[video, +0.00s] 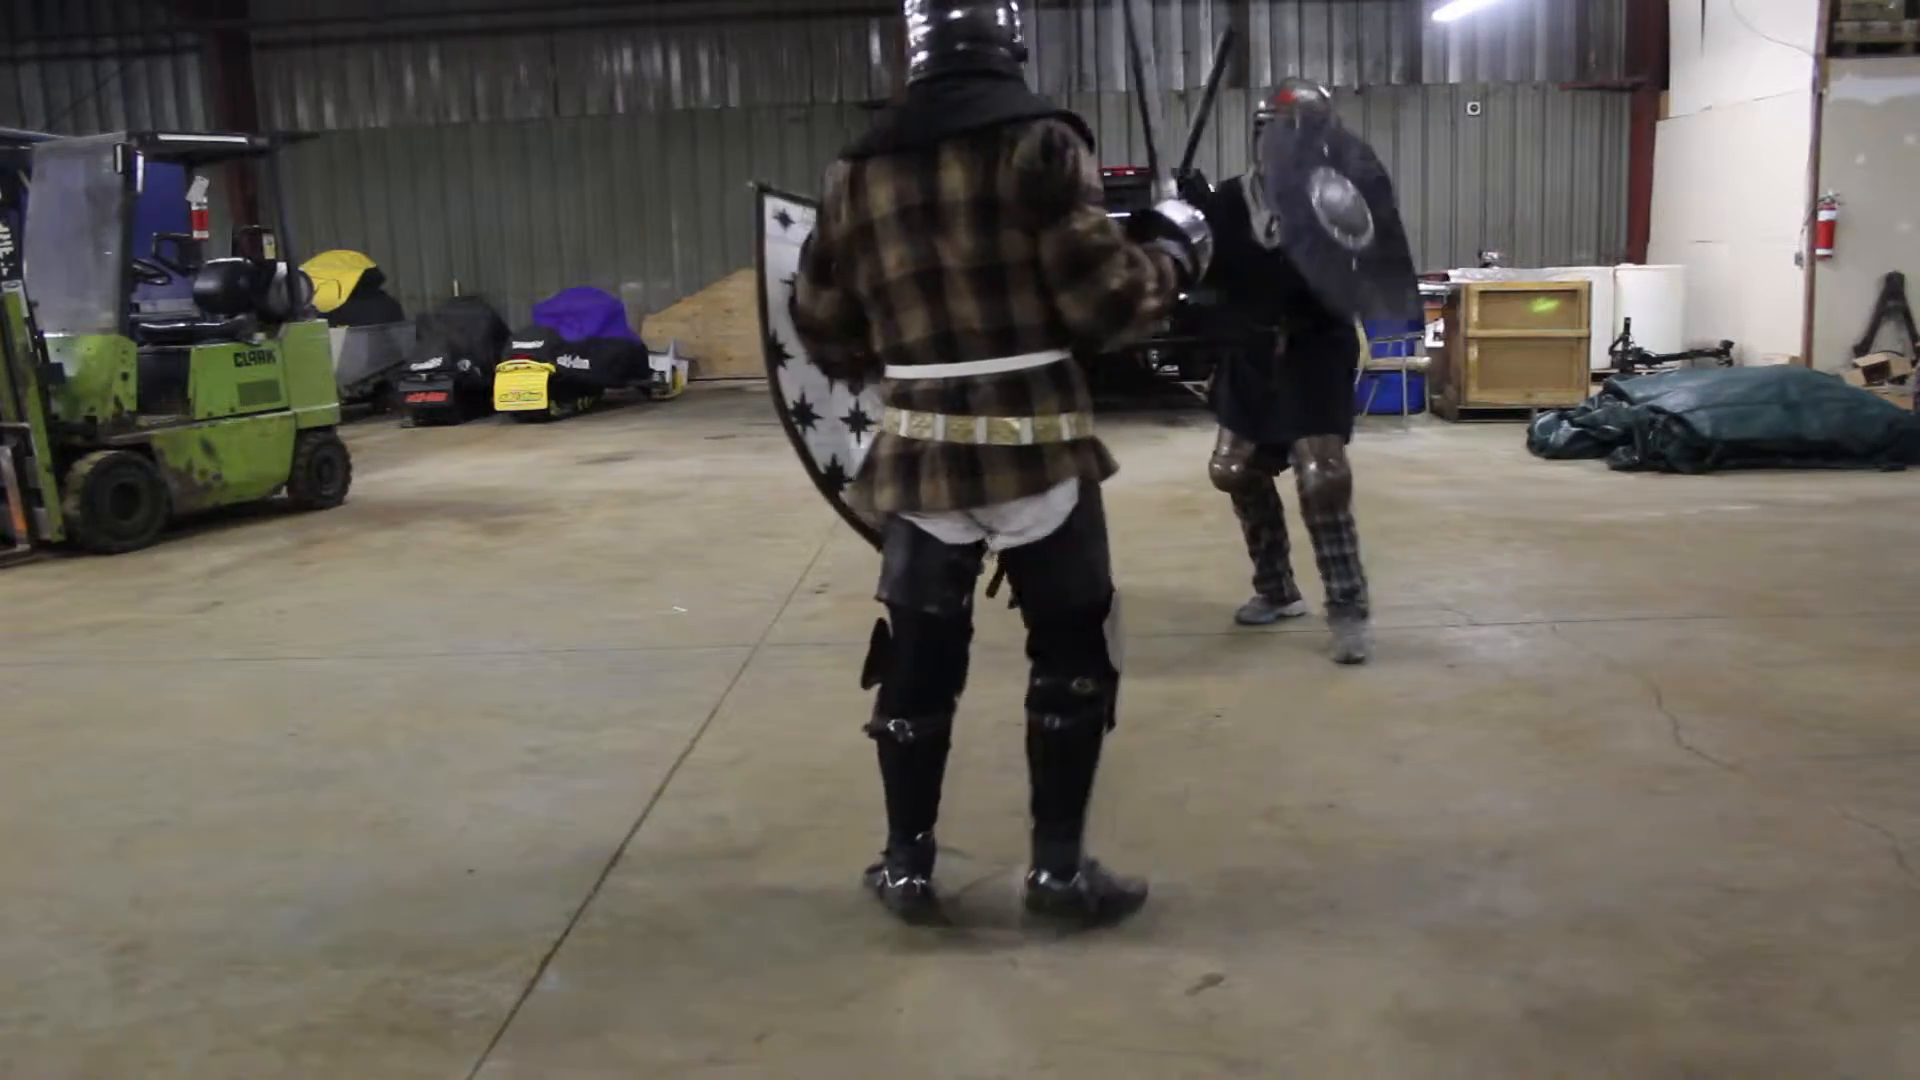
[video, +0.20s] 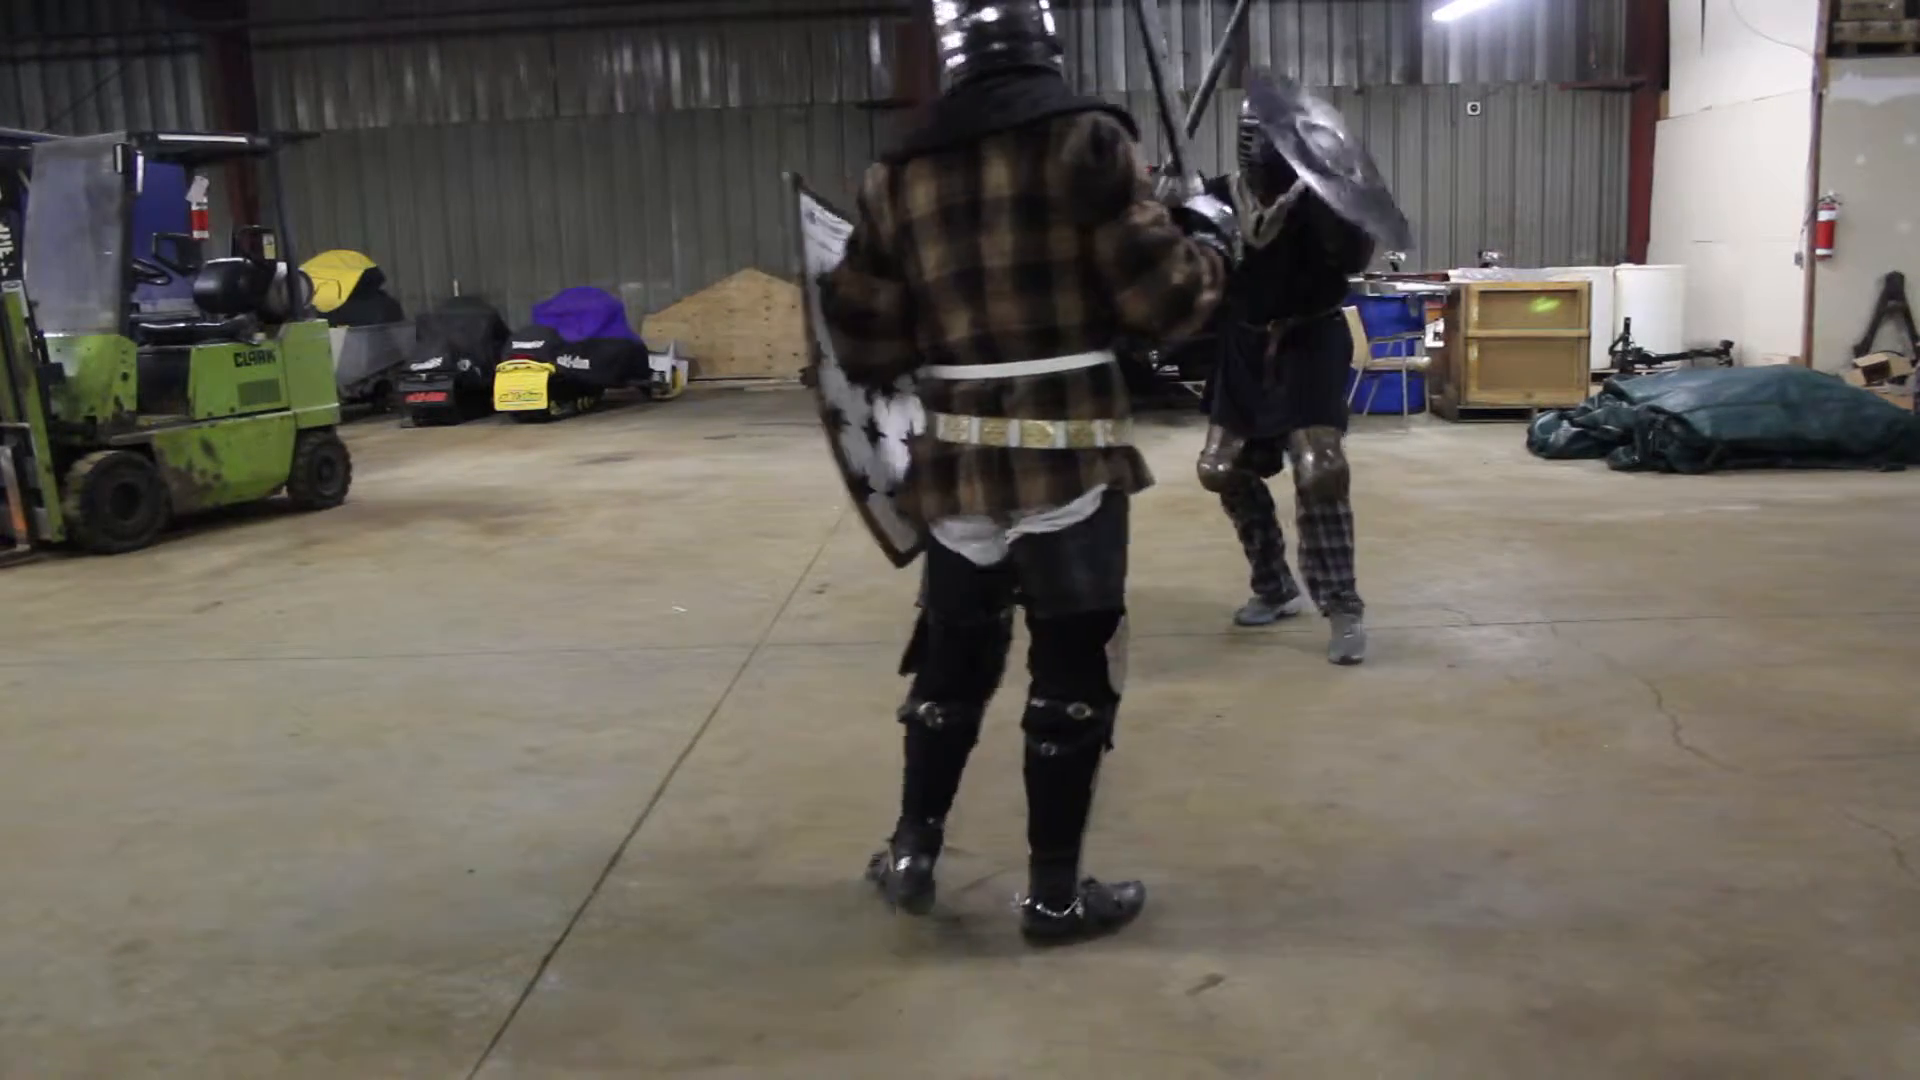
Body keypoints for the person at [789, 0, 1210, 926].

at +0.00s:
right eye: (1016, 42)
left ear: (920, 59)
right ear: (1011, 53)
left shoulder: (862, 166)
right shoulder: (1038, 147)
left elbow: (819, 320)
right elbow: (1107, 306)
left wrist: (893, 371)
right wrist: (1168, 247)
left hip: (921, 460)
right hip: (1039, 453)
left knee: (919, 653)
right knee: (1071, 649)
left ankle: (907, 857)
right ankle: (1059, 863)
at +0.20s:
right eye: (1049, 44)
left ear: (959, 63)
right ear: (1048, 53)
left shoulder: (903, 169)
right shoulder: (1087, 144)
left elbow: (859, 330)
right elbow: (1166, 303)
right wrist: (1208, 231)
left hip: (954, 470)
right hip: (1072, 468)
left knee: (952, 660)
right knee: (1072, 672)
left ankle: (913, 852)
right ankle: (1055, 891)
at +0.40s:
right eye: (1081, 36)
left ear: (989, 57)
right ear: (1081, 46)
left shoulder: (936, 167)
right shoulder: (1129, 138)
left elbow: (902, 333)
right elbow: (1206, 299)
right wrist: (1241, 239)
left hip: (992, 459)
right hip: (1105, 458)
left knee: (1006, 627)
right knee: (1093, 664)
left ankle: (993, 807)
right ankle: (1059, 889)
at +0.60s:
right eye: (1098, 44)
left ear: (1003, 61)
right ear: (1096, 52)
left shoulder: (952, 166)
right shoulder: (1137, 142)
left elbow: (909, 325)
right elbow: (1225, 293)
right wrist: (1255, 228)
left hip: (1013, 459)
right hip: (1127, 456)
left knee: (1031, 642)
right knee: (1150, 649)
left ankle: (1033, 824)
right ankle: (1092, 835)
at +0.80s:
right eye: (1119, 45)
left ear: (1025, 59)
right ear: (1116, 57)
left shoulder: (972, 172)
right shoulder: (1158, 147)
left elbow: (946, 323)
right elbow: (1259, 280)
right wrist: (1273, 209)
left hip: (1037, 454)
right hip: (1157, 448)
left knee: (1045, 634)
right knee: (1228, 619)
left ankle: (1036, 825)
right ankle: (1207, 817)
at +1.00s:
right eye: (1179, 74)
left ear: (1087, 79)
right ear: (1178, 77)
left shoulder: (1040, 188)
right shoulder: (1217, 180)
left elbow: (1002, 312)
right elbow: (1331, 263)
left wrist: (1078, 344)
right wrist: (1296, 191)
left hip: (1081, 463)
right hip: (1203, 461)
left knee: (1062, 612)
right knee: (1284, 627)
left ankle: (1021, 789)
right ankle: (1295, 828)